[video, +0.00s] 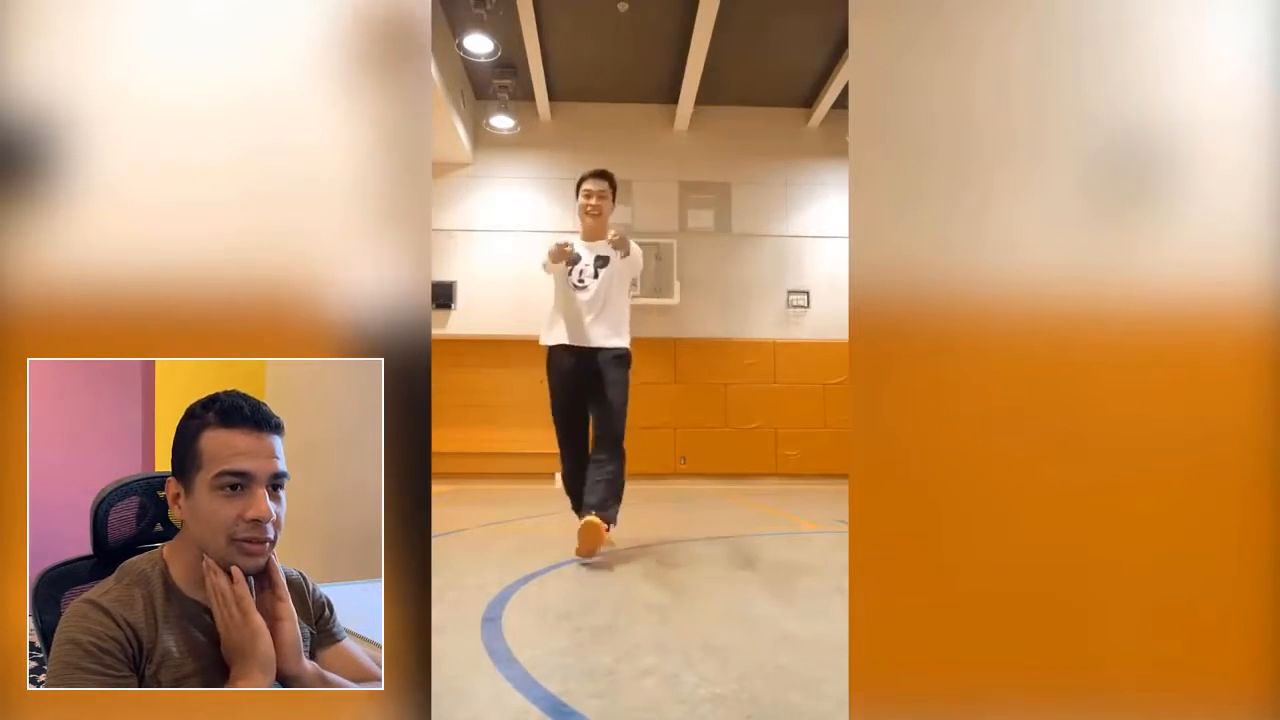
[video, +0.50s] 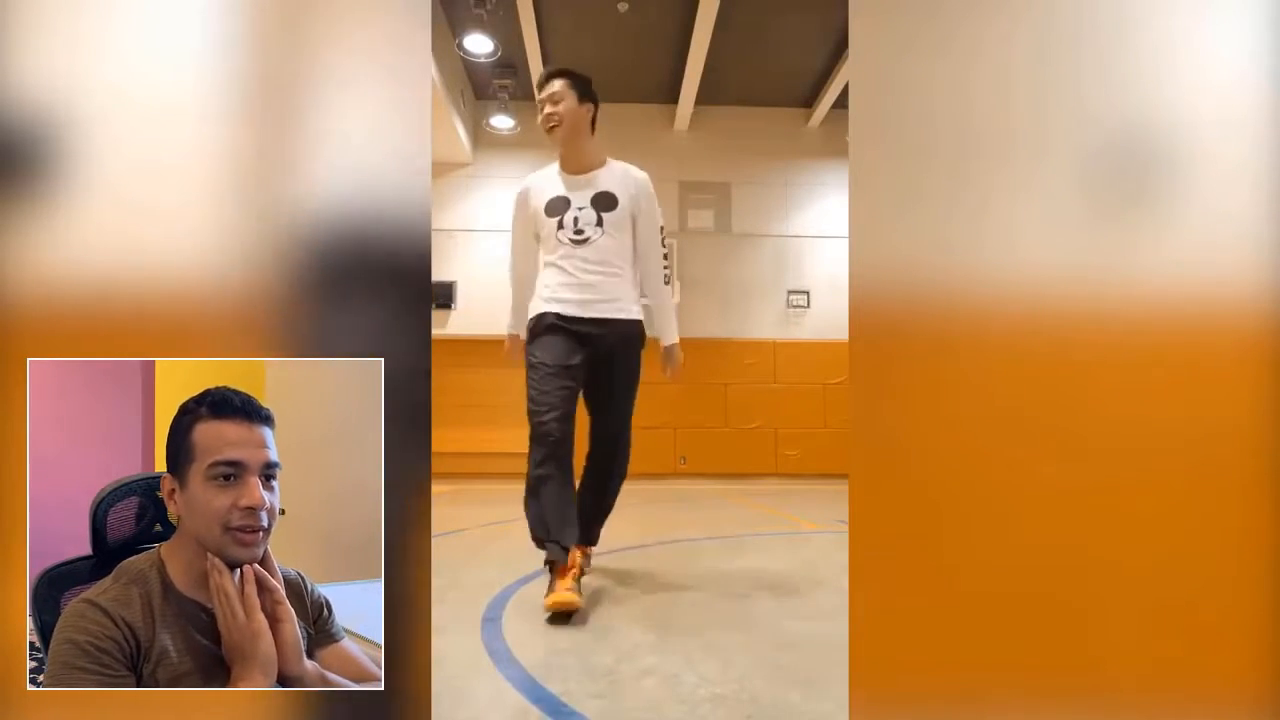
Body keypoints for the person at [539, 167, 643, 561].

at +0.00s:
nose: (593, 201)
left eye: (601, 196)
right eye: (587, 195)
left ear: (612, 204)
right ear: (577, 202)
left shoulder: (627, 251)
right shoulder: (564, 245)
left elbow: (633, 261)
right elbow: (551, 263)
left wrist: (623, 246)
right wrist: (558, 259)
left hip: (610, 349)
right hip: (565, 348)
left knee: (609, 433)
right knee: (571, 435)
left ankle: (598, 519)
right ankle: (585, 513)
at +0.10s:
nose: (592, 185)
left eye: (601, 180)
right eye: (586, 179)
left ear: (615, 190)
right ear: (576, 188)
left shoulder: (630, 241)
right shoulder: (559, 235)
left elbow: (641, 280)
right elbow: (541, 277)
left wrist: (627, 264)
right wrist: (547, 269)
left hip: (606, 343)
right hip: (559, 345)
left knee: (601, 431)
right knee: (552, 442)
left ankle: (579, 538)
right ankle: (586, 520)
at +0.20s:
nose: (584, 162)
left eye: (594, 155)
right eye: (578, 155)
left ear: (610, 165)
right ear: (570, 165)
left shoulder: (631, 222)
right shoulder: (554, 221)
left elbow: (640, 267)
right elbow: (536, 272)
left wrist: (625, 286)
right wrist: (522, 293)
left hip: (609, 335)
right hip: (559, 336)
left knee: (603, 435)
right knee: (542, 439)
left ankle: (580, 543)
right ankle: (570, 498)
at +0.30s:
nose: (564, 137)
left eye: (575, 128)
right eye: (560, 130)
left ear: (602, 138)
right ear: (558, 140)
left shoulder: (629, 198)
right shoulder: (548, 202)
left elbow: (639, 265)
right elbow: (525, 266)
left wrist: (629, 318)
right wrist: (504, 326)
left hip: (611, 326)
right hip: (558, 323)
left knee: (607, 436)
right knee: (548, 419)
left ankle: (583, 541)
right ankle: (552, 528)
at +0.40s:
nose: (554, 126)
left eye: (565, 118)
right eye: (552, 120)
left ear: (595, 127)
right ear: (552, 133)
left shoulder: (631, 191)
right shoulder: (542, 197)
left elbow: (644, 267)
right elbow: (522, 269)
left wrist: (639, 332)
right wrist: (504, 332)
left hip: (614, 322)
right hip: (559, 319)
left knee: (607, 436)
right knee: (550, 417)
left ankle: (583, 539)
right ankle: (551, 542)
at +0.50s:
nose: (546, 111)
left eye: (557, 100)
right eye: (541, 105)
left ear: (589, 109)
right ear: (542, 118)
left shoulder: (633, 182)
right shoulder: (533, 191)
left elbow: (652, 266)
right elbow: (522, 265)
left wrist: (667, 333)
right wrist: (517, 322)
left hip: (618, 325)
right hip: (553, 323)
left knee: (610, 443)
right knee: (549, 432)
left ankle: (583, 541)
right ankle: (560, 559)